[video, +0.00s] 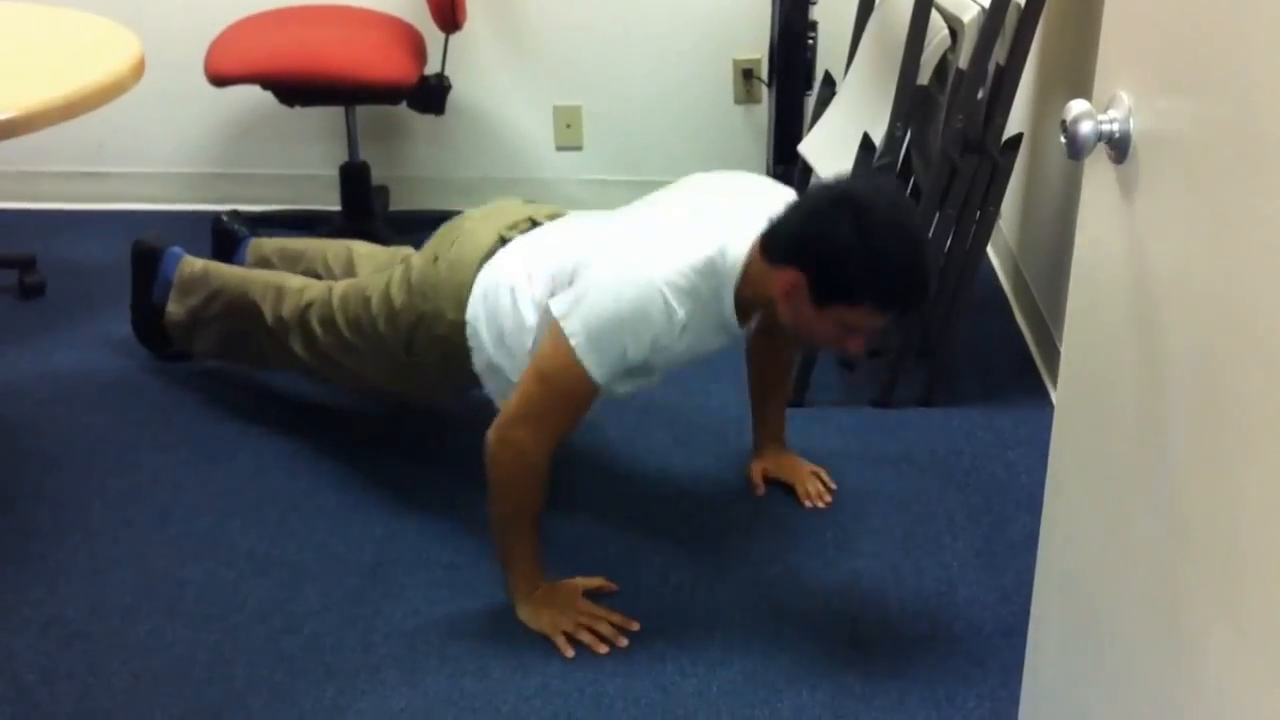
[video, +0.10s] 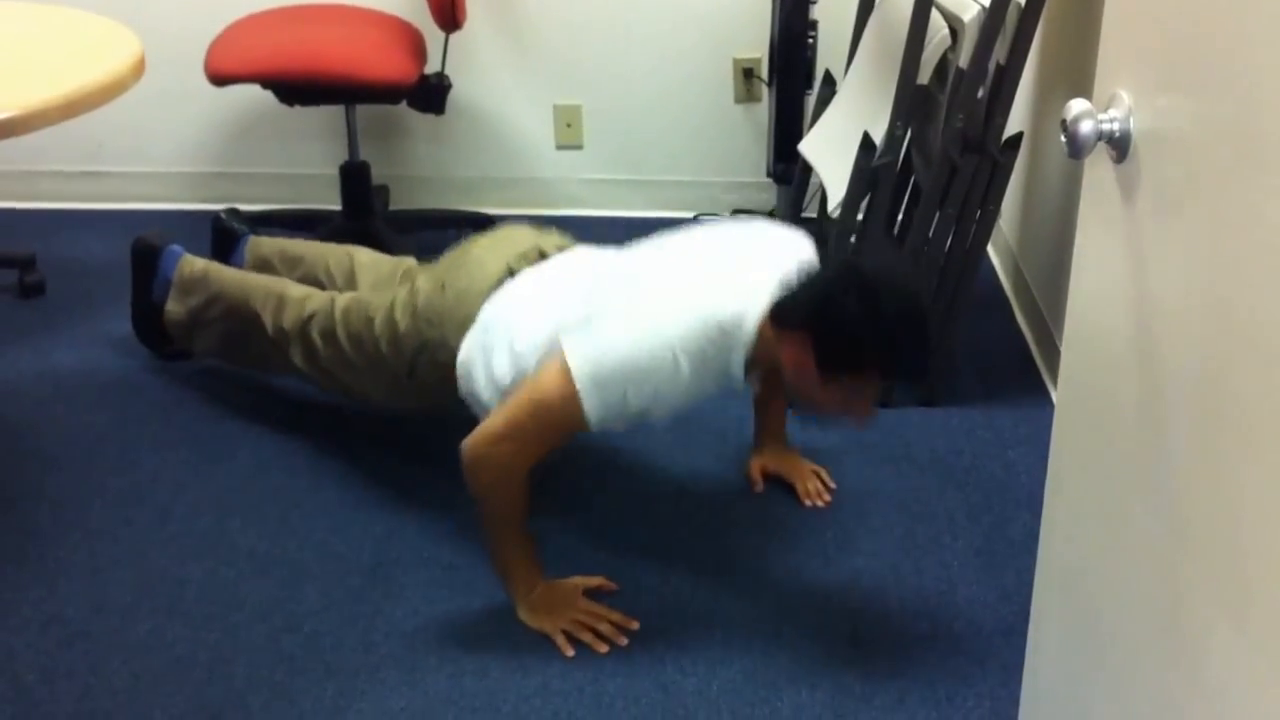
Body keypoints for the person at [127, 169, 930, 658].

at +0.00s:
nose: (857, 347)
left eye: (874, 334)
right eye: (854, 328)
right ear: (795, 289)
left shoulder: (785, 215)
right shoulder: (645, 302)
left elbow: (775, 330)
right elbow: (516, 439)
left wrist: (771, 443)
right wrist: (530, 587)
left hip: (530, 226)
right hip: (470, 301)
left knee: (391, 262)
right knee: (307, 322)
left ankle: (257, 245)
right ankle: (175, 296)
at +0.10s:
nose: (861, 407)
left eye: (872, 394)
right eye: (860, 392)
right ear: (806, 354)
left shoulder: (790, 253)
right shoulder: (668, 350)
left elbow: (772, 344)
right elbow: (488, 454)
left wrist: (769, 437)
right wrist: (532, 591)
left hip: (539, 253)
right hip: (470, 329)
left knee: (387, 275)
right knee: (312, 329)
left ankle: (249, 243)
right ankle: (175, 293)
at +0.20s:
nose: (857, 508)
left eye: (869, 494)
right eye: (856, 491)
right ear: (811, 446)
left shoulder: (799, 313)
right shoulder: (667, 427)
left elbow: (709, 314)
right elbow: (477, 468)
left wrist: (757, 435)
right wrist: (532, 592)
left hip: (549, 290)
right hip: (469, 367)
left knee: (395, 294)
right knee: (308, 345)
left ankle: (252, 246)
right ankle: (181, 288)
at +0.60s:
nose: (854, 401)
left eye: (869, 390)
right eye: (855, 387)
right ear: (799, 348)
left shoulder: (781, 251)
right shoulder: (652, 351)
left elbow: (772, 346)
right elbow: (489, 453)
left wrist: (770, 438)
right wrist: (531, 587)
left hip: (530, 253)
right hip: (471, 329)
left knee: (385, 271)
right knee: (302, 329)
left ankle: (242, 239)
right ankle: (174, 284)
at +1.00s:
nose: (857, 491)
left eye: (868, 478)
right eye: (856, 475)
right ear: (809, 432)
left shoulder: (798, 300)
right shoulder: (666, 417)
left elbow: (708, 313)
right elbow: (478, 463)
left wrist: (762, 432)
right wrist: (532, 585)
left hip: (547, 282)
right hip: (471, 359)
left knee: (398, 286)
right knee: (309, 337)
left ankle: (252, 241)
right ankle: (182, 282)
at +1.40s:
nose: (858, 391)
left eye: (873, 381)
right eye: (859, 377)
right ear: (805, 339)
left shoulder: (789, 245)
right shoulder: (658, 346)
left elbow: (777, 341)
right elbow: (490, 447)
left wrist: (771, 431)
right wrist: (532, 580)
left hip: (538, 245)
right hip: (478, 316)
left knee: (387, 265)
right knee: (310, 324)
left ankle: (244, 232)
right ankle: (177, 278)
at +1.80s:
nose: (866, 440)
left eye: (882, 429)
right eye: (865, 426)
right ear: (812, 380)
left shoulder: (801, 268)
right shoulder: (677, 367)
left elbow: (772, 351)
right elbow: (486, 448)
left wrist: (769, 426)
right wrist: (534, 581)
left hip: (547, 259)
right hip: (481, 336)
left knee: (393, 270)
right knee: (318, 327)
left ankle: (249, 233)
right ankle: (183, 279)